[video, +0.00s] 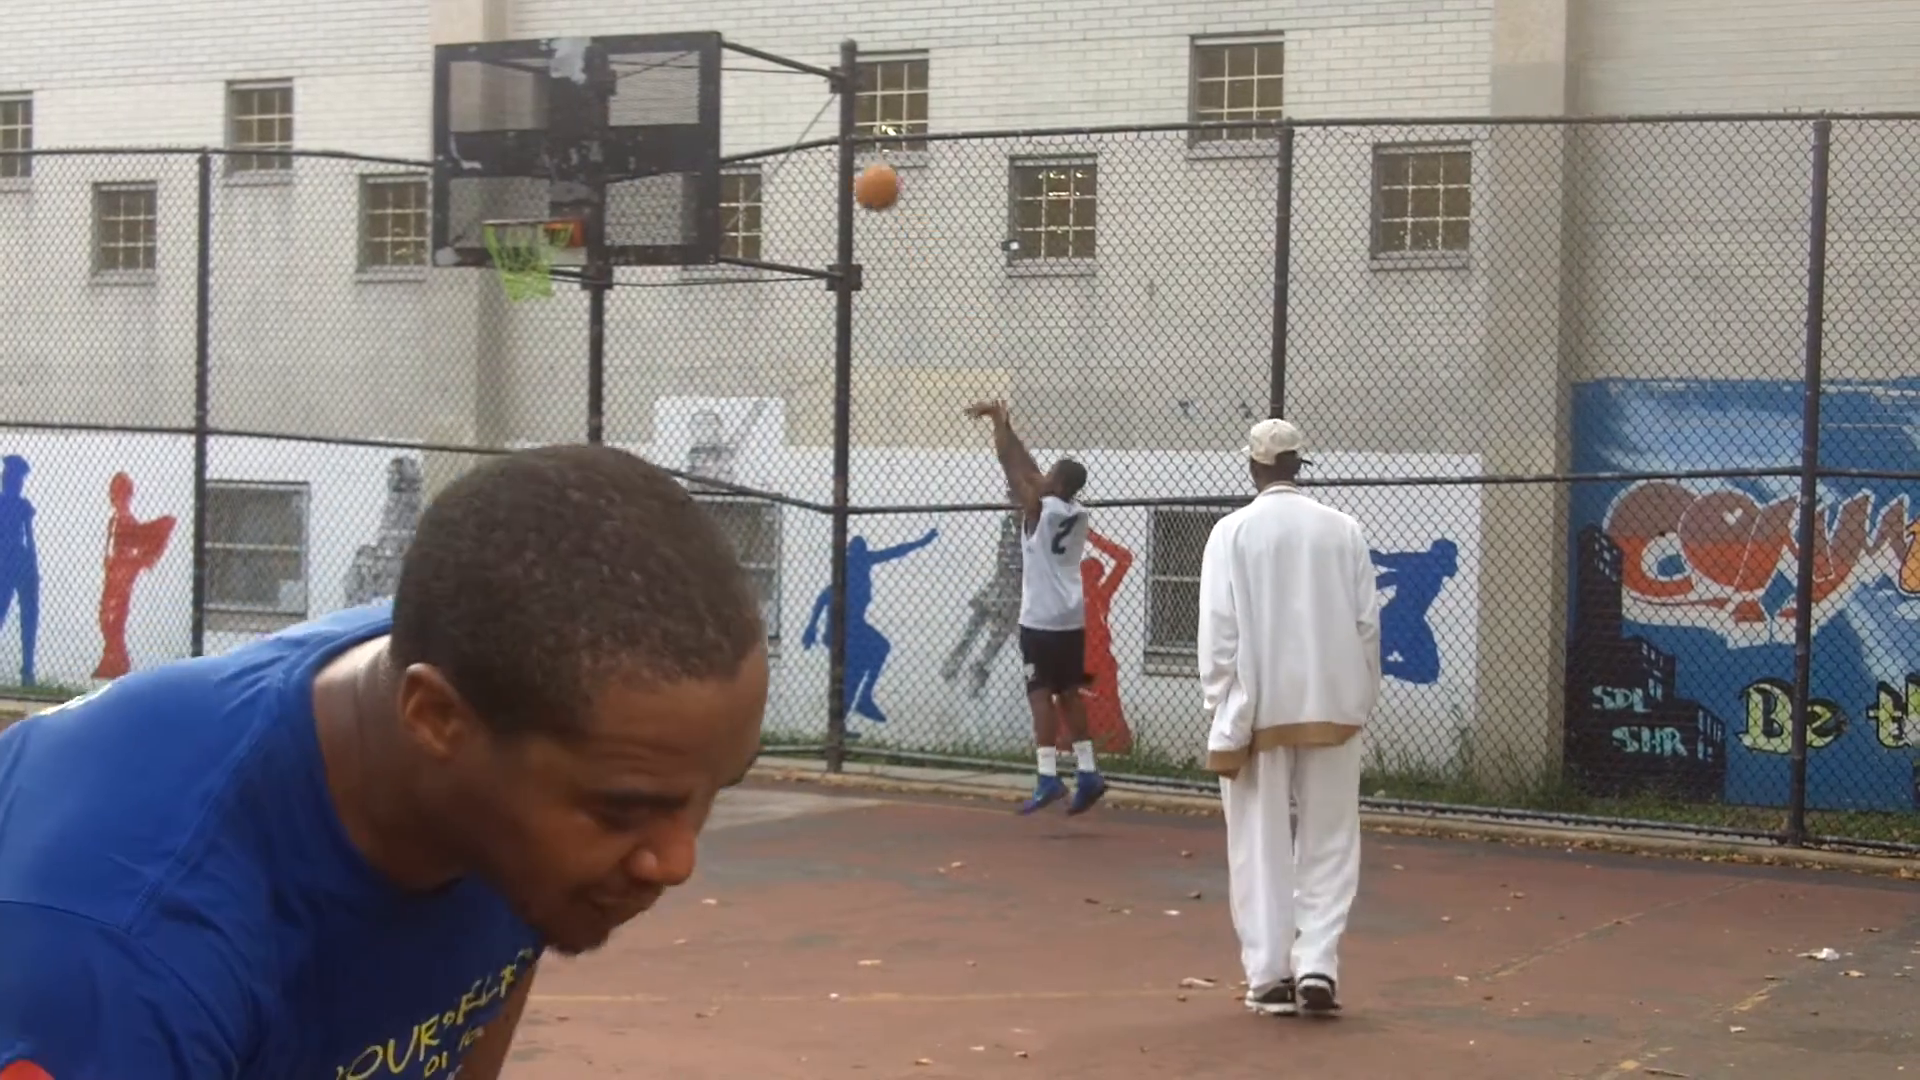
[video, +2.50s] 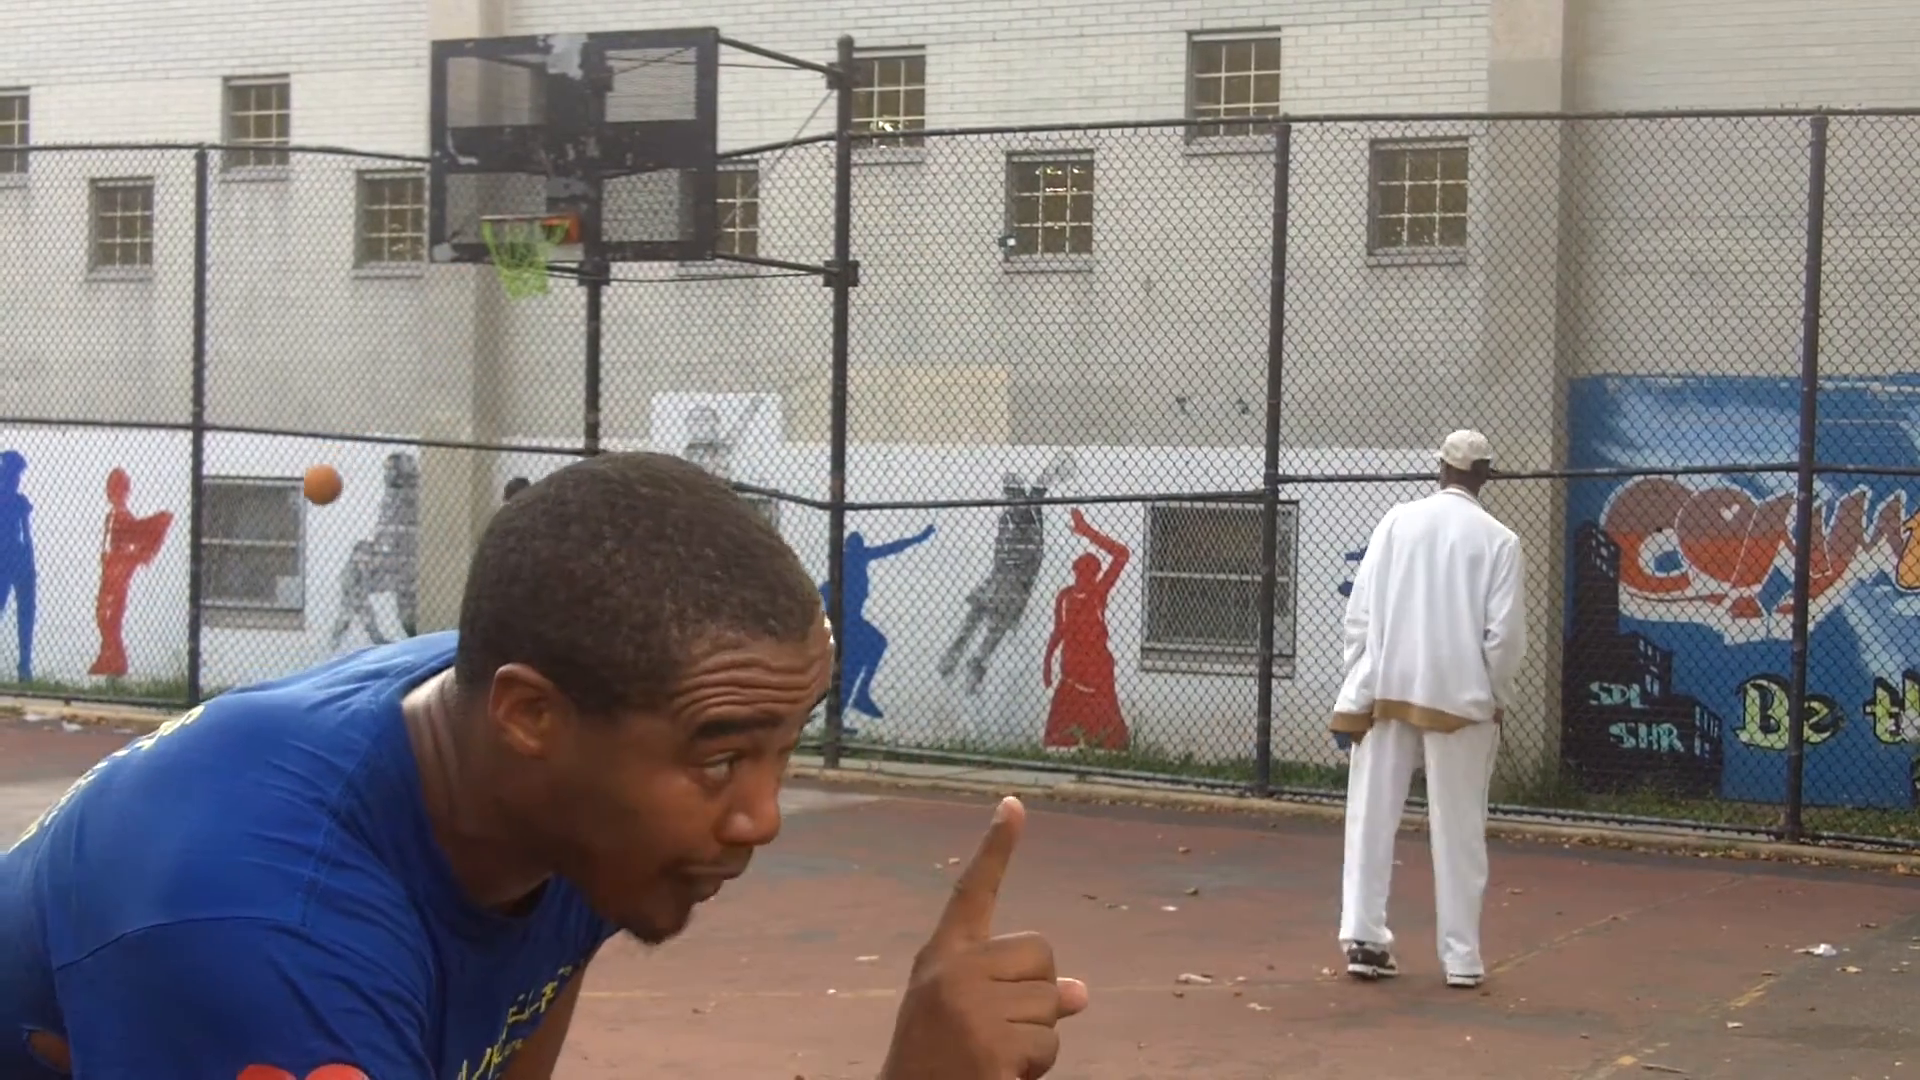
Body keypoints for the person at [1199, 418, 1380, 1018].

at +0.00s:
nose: (1258, 474)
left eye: (1253, 466)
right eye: (1276, 464)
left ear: (1253, 470)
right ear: (1300, 466)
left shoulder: (1230, 532)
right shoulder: (1342, 527)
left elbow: (1218, 635)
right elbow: (1368, 623)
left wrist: (1224, 714)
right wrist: (1362, 700)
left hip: (1258, 708)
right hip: (1333, 705)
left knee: (1258, 842)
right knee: (1330, 839)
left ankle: (1269, 976)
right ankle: (1317, 965)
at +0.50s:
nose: (1319, 481)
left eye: (1287, 469)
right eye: (1330, 472)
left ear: (1284, 472)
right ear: (1333, 476)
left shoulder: (1248, 528)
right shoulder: (1361, 537)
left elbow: (1222, 628)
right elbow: (1377, 635)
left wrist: (1219, 709)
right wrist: (1370, 714)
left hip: (1254, 706)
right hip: (1332, 709)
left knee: (1255, 841)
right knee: (1325, 839)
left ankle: (1266, 970)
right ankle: (1319, 969)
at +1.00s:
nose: (1360, 471)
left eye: (1346, 461)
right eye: (1375, 466)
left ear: (1336, 463)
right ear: (1383, 470)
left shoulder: (1290, 517)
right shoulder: (1395, 538)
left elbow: (1250, 613)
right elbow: (1396, 637)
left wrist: (1243, 690)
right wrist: (1390, 705)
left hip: (1277, 692)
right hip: (1350, 701)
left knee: (1266, 818)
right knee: (1339, 833)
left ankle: (1265, 942)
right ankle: (1321, 972)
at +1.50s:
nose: (1394, 478)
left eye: (1376, 466)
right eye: (1400, 472)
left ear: (1357, 469)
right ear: (1402, 475)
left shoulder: (1313, 522)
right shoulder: (1408, 538)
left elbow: (1277, 620)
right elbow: (1407, 635)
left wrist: (1286, 691)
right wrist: (1412, 704)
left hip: (1306, 698)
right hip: (1371, 704)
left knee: (1323, 827)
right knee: (1353, 832)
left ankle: (1358, 942)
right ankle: (1323, 965)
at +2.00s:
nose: (1399, 477)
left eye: (1380, 470)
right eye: (1404, 470)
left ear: (1364, 476)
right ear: (1408, 474)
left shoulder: (1333, 532)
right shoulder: (1434, 530)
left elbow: (1312, 629)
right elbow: (1447, 623)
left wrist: (1316, 703)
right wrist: (1461, 692)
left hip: (1349, 695)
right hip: (1417, 694)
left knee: (1354, 822)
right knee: (1424, 826)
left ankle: (1358, 950)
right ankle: (1382, 930)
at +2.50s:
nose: (1470, 481)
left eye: (1454, 469)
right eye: (1480, 476)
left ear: (1439, 472)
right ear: (1484, 478)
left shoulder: (1395, 521)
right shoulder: (1498, 540)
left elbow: (1359, 615)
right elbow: (1504, 634)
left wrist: (1356, 687)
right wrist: (1494, 696)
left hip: (1385, 690)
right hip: (1459, 697)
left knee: (1369, 820)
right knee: (1460, 830)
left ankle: (1363, 939)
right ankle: (1461, 960)